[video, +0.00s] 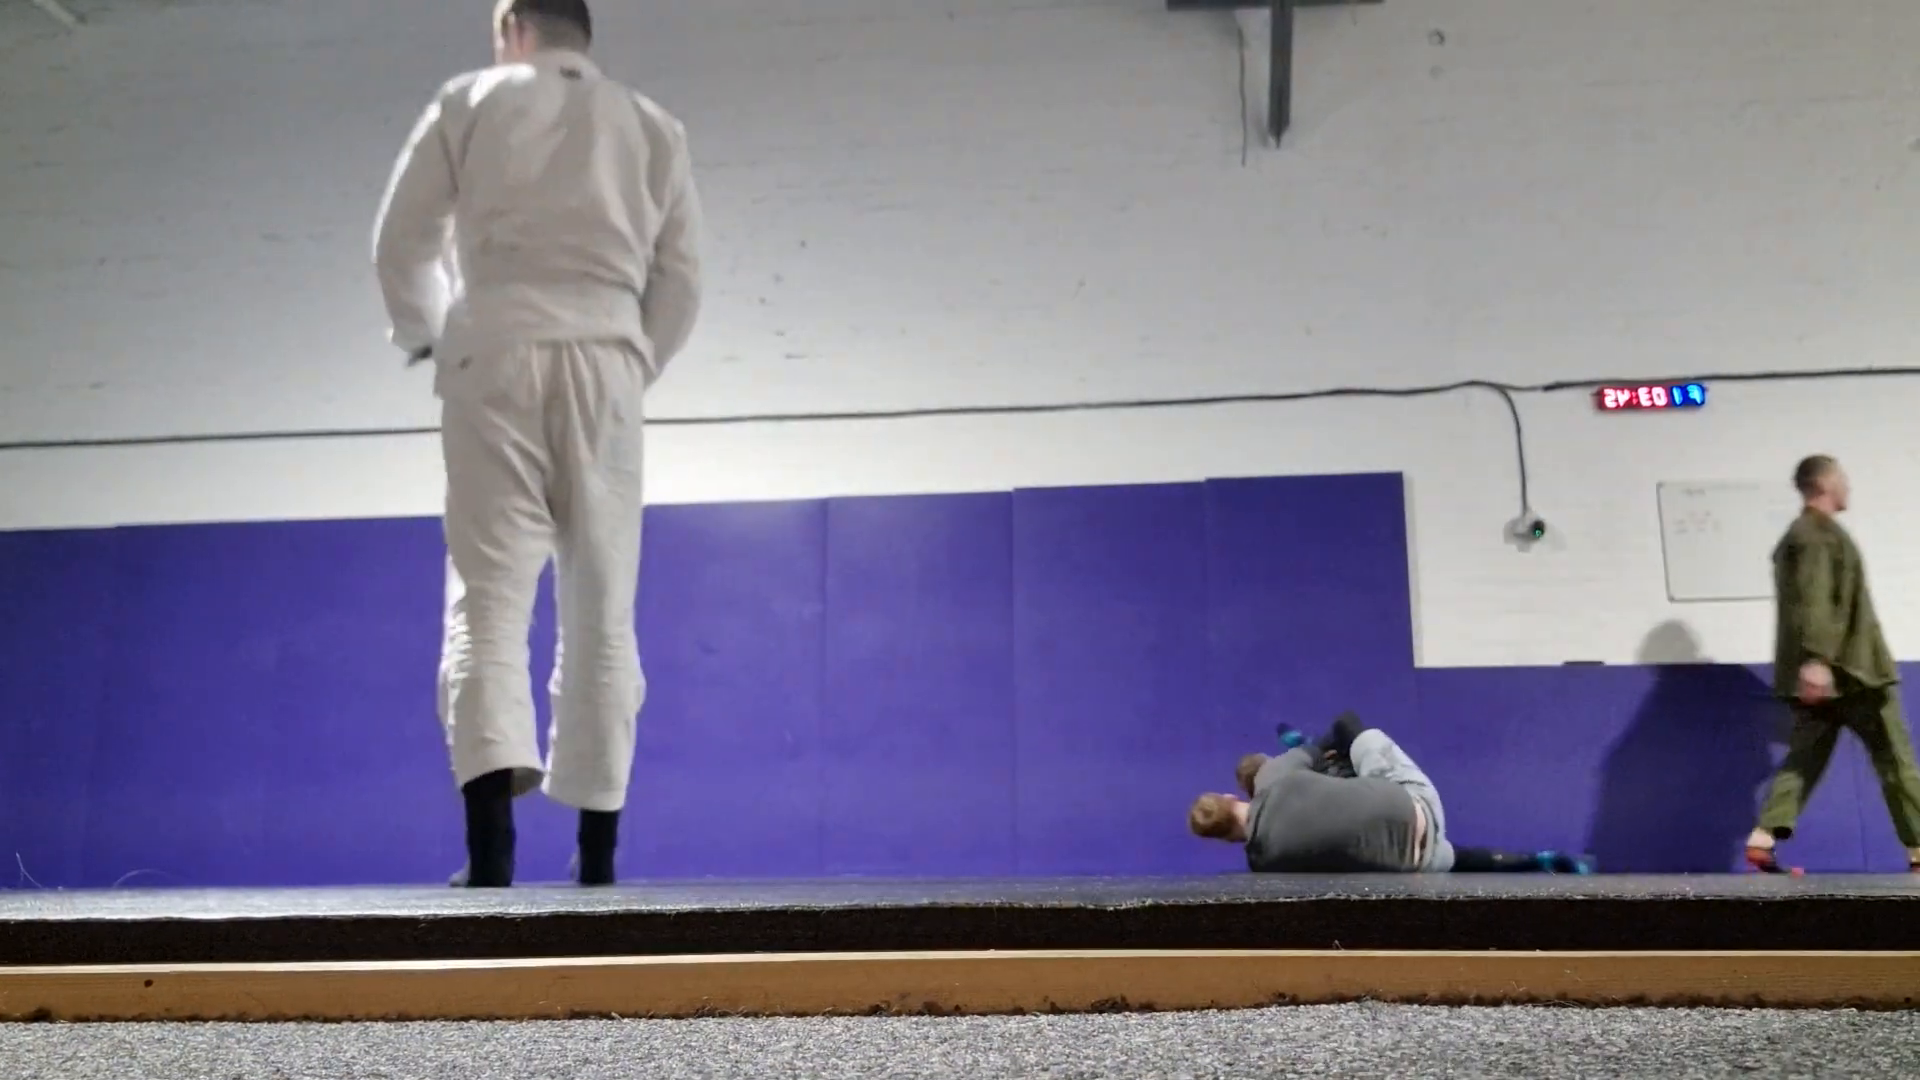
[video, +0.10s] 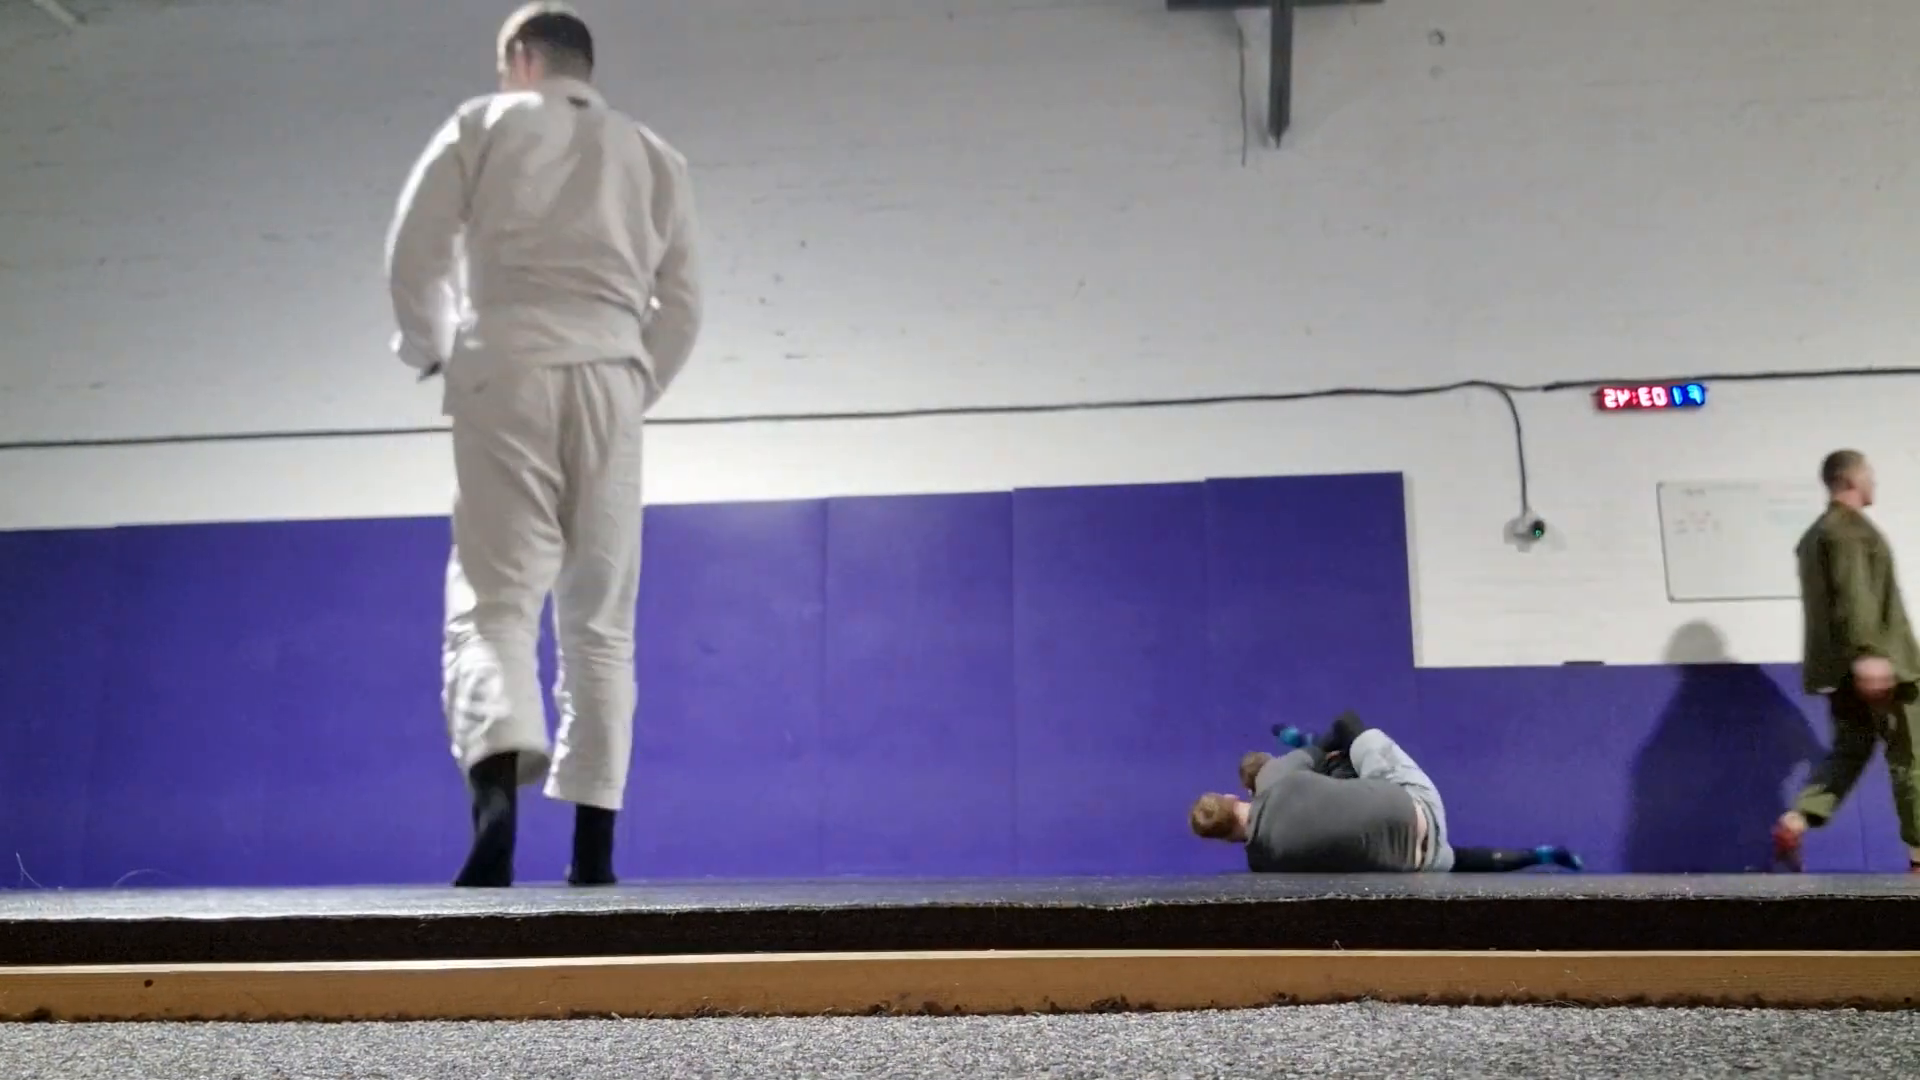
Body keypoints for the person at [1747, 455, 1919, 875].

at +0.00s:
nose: (1847, 484)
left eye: (1843, 476)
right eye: (1840, 477)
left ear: (1812, 487)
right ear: (1822, 485)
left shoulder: (1803, 535)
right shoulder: (1818, 535)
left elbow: (1809, 606)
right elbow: (1815, 602)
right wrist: (1816, 659)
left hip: (1819, 674)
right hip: (1855, 670)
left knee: (1804, 760)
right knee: (1897, 762)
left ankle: (1761, 841)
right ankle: (1916, 849)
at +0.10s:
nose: (1873, 482)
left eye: (1870, 474)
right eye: (1867, 474)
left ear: (1834, 482)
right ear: (1848, 480)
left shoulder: (1815, 535)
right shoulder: (1850, 531)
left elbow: (1823, 607)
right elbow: (1856, 596)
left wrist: (1838, 660)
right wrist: (1868, 652)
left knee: (1850, 749)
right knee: (1908, 758)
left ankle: (1799, 819)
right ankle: (1917, 851)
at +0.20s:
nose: (1897, 481)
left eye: (1894, 473)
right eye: (1893, 473)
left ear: (1856, 479)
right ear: (1876, 477)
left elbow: (1840, 608)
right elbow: (1897, 594)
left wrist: (1857, 651)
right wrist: (1919, 638)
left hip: (1858, 665)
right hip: (1894, 662)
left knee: (1886, 741)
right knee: (1909, 752)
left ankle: (1852, 816)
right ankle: (1917, 848)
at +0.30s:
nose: (1918, 482)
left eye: (1915, 473)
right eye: (1914, 473)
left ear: (1878, 480)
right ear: (1900, 478)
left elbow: (1849, 605)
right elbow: (1916, 577)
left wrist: (1870, 648)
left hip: (1878, 666)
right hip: (1909, 663)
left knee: (1914, 746)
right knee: (1915, 747)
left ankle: (1913, 834)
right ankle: (1913, 834)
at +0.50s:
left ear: (1914, 484)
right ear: (1914, 484)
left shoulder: (1897, 543)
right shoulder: (1897, 544)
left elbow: (1881, 609)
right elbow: (1881, 609)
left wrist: (1905, 655)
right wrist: (1905, 656)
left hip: (1910, 679)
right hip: (1912, 678)